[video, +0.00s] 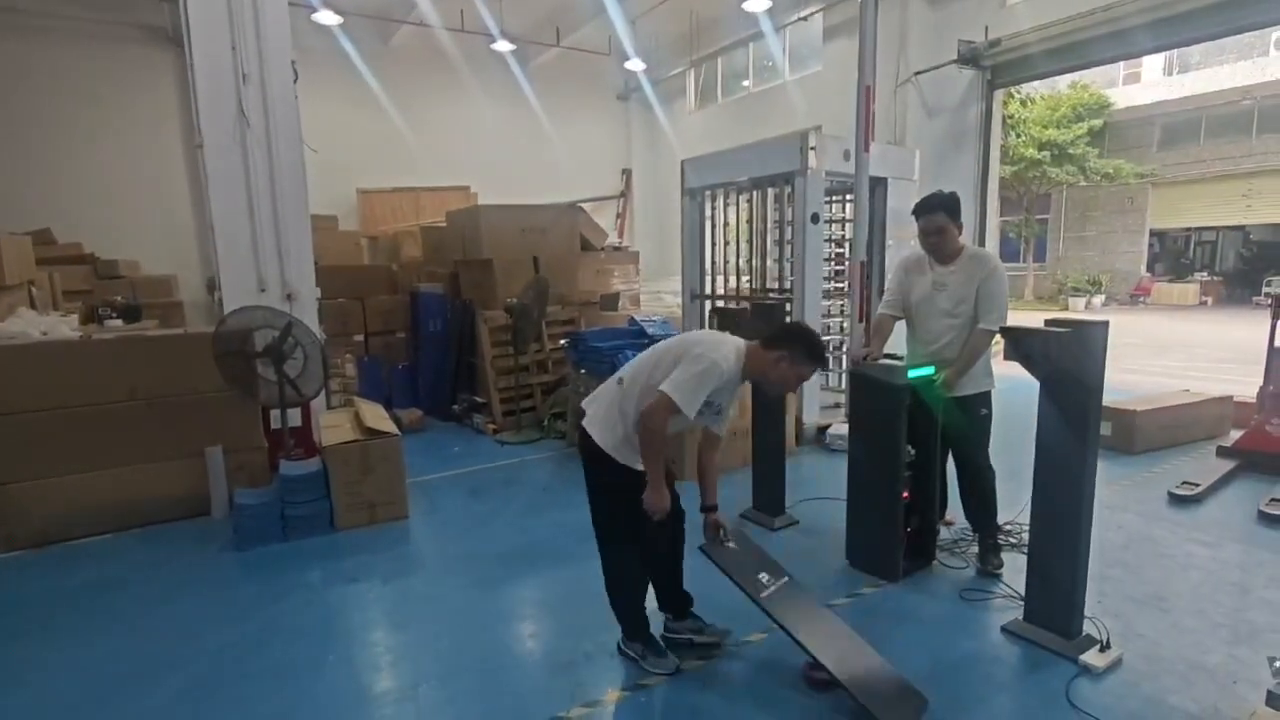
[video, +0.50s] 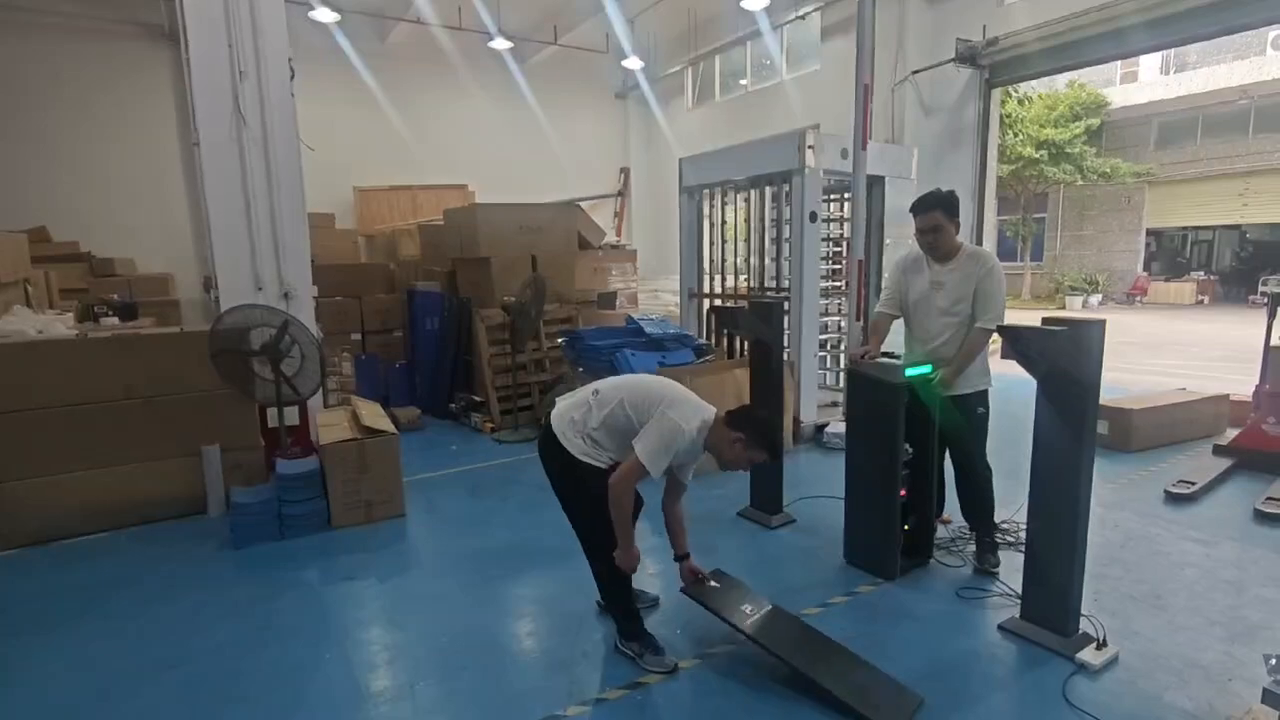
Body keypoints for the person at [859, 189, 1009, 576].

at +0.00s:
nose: (929, 242)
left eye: (937, 234)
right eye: (923, 234)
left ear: (959, 229)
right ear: (917, 232)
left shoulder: (986, 266)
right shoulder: (910, 264)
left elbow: (988, 327)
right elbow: (888, 312)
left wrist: (954, 373)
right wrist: (872, 348)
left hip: (970, 386)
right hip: (922, 385)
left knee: (975, 468)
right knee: (924, 468)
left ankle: (988, 543)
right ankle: (921, 543)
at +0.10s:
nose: (929, 241)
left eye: (937, 233)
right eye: (923, 234)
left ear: (959, 228)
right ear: (916, 231)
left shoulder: (986, 266)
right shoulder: (909, 264)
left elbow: (987, 327)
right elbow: (887, 311)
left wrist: (955, 372)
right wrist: (873, 348)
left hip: (969, 386)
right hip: (921, 385)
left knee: (974, 468)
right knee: (924, 468)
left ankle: (987, 541)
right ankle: (921, 543)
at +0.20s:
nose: (928, 241)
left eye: (937, 233)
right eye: (923, 233)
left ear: (958, 228)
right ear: (916, 231)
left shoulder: (985, 265)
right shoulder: (908, 265)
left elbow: (986, 327)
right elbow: (887, 311)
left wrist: (955, 371)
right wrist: (872, 347)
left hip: (969, 386)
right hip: (922, 385)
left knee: (972, 466)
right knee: (924, 467)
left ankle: (987, 541)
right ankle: (920, 544)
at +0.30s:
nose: (926, 240)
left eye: (935, 232)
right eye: (921, 233)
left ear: (957, 227)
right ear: (915, 230)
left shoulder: (984, 264)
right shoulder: (908, 264)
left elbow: (986, 326)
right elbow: (886, 311)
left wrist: (955, 370)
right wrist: (872, 345)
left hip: (968, 384)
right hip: (920, 383)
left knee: (972, 466)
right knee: (923, 465)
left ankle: (986, 540)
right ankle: (919, 543)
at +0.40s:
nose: (926, 240)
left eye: (934, 232)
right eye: (920, 232)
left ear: (957, 227)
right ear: (914, 230)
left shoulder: (984, 264)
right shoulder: (907, 264)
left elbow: (985, 326)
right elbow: (885, 311)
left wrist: (955, 369)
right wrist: (872, 345)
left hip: (967, 384)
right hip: (919, 382)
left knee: (971, 466)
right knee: (922, 466)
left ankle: (986, 539)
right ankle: (919, 543)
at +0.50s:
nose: (925, 240)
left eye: (934, 231)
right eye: (920, 232)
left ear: (956, 227)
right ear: (914, 229)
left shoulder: (984, 264)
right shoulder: (907, 264)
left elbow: (985, 326)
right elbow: (885, 311)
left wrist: (954, 368)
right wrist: (872, 344)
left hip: (967, 384)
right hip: (919, 382)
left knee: (971, 466)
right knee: (922, 466)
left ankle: (985, 539)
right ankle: (918, 544)